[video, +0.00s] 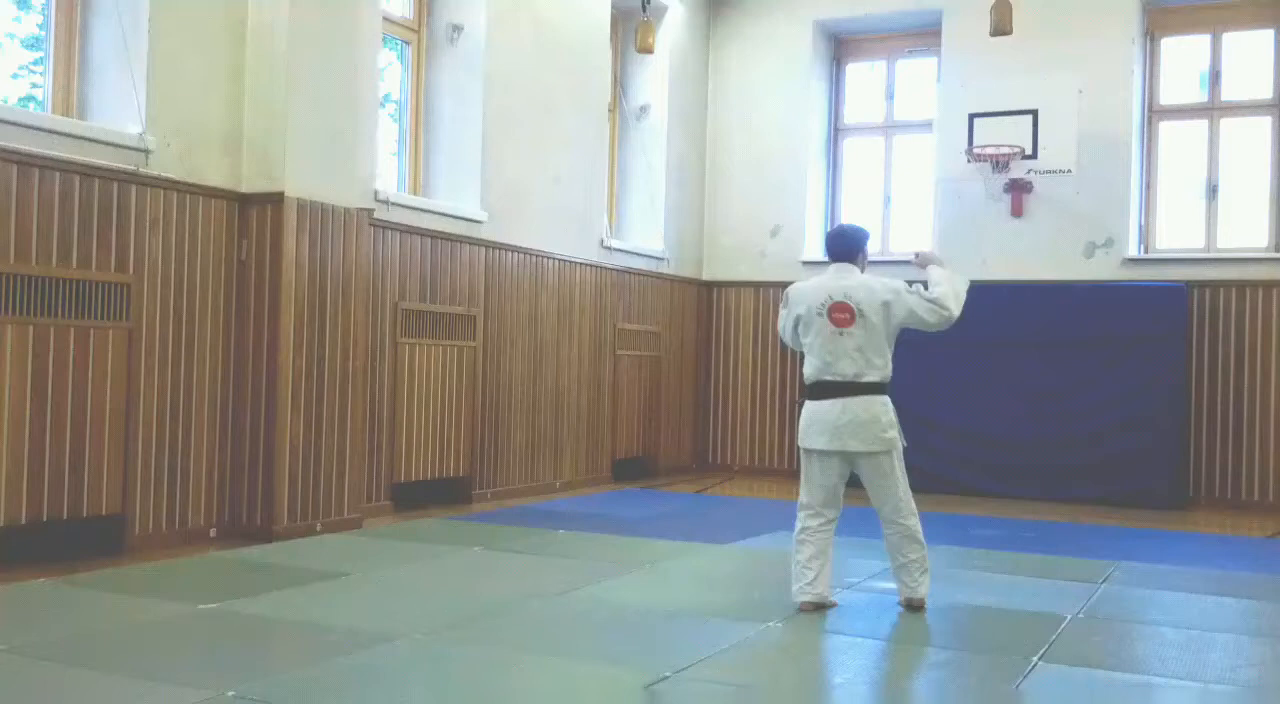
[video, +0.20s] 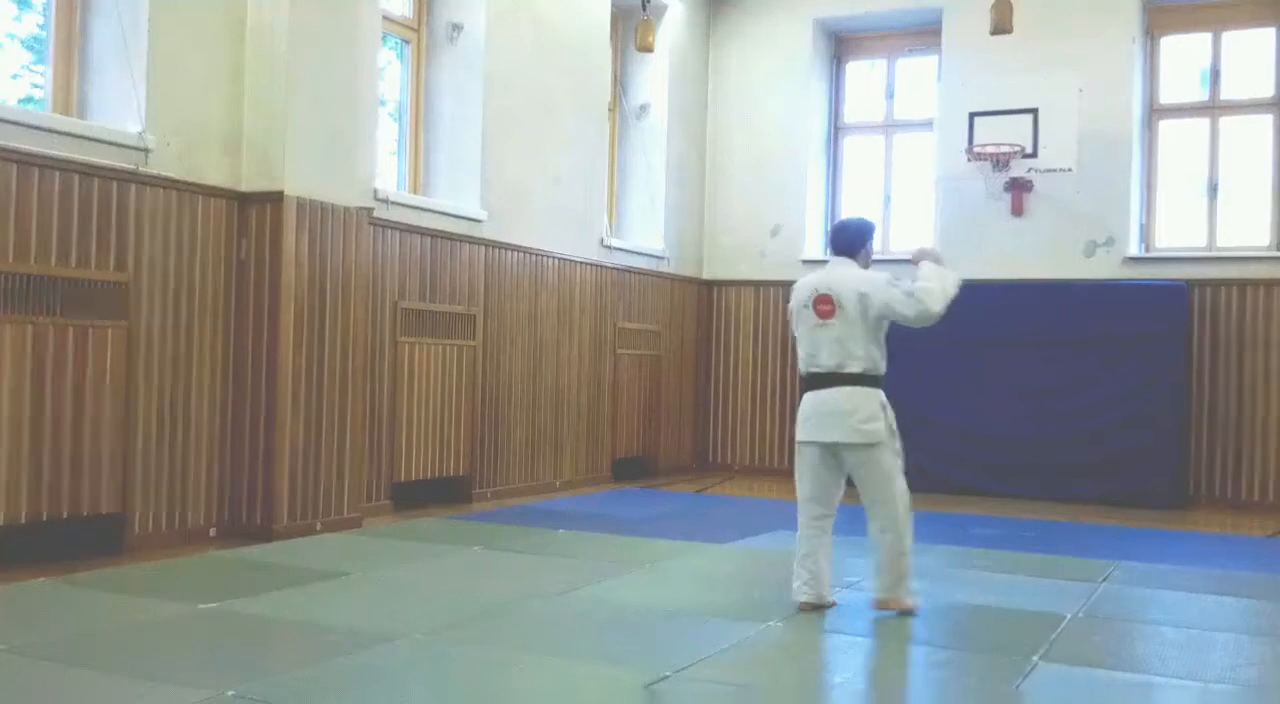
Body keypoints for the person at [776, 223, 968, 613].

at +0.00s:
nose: (866, 256)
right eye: (866, 251)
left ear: (828, 254)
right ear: (862, 255)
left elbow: (791, 338)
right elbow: (943, 310)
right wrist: (935, 268)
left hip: (820, 413)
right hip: (871, 412)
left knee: (815, 511)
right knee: (897, 509)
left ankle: (810, 594)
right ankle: (914, 592)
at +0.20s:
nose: (872, 252)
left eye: (870, 245)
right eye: (870, 246)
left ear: (831, 247)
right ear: (864, 249)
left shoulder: (802, 287)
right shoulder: (871, 284)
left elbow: (801, 334)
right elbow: (923, 307)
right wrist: (930, 265)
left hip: (814, 405)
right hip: (861, 405)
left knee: (814, 509)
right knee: (888, 504)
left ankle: (810, 593)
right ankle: (891, 594)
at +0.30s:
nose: (876, 252)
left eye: (875, 245)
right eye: (874, 245)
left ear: (834, 245)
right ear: (865, 247)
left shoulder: (806, 287)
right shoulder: (864, 283)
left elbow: (808, 349)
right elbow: (908, 307)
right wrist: (921, 264)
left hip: (815, 402)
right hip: (857, 404)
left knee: (817, 504)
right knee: (880, 501)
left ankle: (809, 591)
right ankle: (861, 591)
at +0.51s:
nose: (884, 254)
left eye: (881, 247)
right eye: (879, 247)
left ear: (851, 252)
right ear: (865, 251)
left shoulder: (841, 290)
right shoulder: (843, 289)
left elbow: (863, 347)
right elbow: (858, 335)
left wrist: (910, 344)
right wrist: (901, 295)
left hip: (830, 408)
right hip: (850, 411)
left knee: (835, 504)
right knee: (865, 504)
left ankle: (808, 588)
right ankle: (824, 596)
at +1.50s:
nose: (876, 245)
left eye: (874, 238)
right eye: (869, 238)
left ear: (844, 243)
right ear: (844, 242)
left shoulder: (830, 283)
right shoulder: (825, 283)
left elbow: (827, 342)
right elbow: (826, 342)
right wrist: (847, 397)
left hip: (809, 401)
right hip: (816, 403)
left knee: (806, 497)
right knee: (838, 497)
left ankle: (802, 588)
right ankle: (822, 597)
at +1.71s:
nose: (869, 245)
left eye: (867, 237)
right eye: (863, 237)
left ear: (839, 242)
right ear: (839, 241)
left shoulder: (826, 281)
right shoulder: (822, 282)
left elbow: (828, 344)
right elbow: (825, 345)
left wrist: (843, 401)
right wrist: (842, 405)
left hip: (816, 402)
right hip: (818, 403)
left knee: (816, 500)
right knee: (831, 502)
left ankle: (807, 591)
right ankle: (815, 600)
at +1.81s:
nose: (867, 243)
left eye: (865, 235)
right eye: (861, 235)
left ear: (838, 241)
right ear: (839, 240)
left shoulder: (825, 281)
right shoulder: (821, 283)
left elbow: (834, 346)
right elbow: (827, 346)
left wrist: (853, 405)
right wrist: (846, 405)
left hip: (819, 402)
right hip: (821, 404)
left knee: (819, 502)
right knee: (834, 505)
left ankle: (810, 592)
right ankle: (814, 601)